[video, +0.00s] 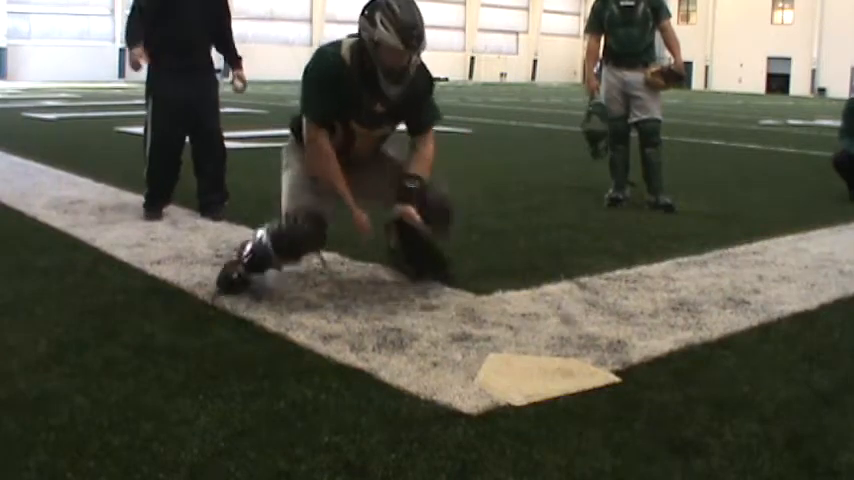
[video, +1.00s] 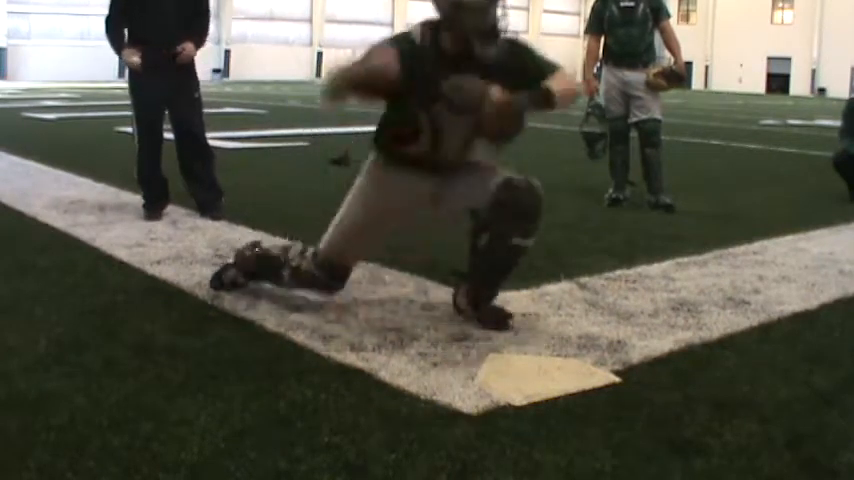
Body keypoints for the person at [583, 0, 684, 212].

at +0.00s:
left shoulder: (653, 4)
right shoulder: (603, 5)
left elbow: (666, 29)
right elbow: (594, 39)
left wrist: (678, 60)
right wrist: (590, 75)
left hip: (645, 74)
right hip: (613, 73)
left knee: (651, 134)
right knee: (617, 134)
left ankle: (656, 193)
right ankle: (618, 188)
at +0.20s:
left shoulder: (653, 4)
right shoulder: (603, 5)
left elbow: (666, 29)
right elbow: (594, 39)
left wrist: (679, 61)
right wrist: (589, 75)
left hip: (645, 73)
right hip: (613, 73)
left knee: (651, 133)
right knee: (617, 134)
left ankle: (655, 193)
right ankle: (618, 188)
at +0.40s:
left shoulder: (653, 4)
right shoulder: (603, 5)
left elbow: (666, 29)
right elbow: (594, 39)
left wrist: (679, 60)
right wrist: (588, 75)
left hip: (645, 73)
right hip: (613, 73)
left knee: (651, 134)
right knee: (617, 134)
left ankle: (655, 193)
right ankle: (618, 188)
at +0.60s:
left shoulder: (653, 4)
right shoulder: (603, 5)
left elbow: (666, 29)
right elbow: (594, 39)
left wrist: (679, 60)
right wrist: (589, 75)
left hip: (645, 73)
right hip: (613, 73)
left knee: (651, 134)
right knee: (617, 134)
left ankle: (655, 193)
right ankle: (618, 188)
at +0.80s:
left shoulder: (653, 4)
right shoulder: (603, 5)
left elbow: (666, 29)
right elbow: (594, 40)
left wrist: (679, 60)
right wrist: (588, 75)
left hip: (645, 74)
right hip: (613, 73)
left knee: (651, 133)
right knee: (617, 133)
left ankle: (656, 193)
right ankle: (618, 187)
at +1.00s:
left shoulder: (652, 4)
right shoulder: (603, 5)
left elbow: (666, 29)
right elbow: (594, 40)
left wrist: (679, 60)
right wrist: (588, 75)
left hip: (645, 74)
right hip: (613, 74)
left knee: (651, 133)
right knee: (617, 133)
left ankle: (656, 193)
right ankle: (618, 188)